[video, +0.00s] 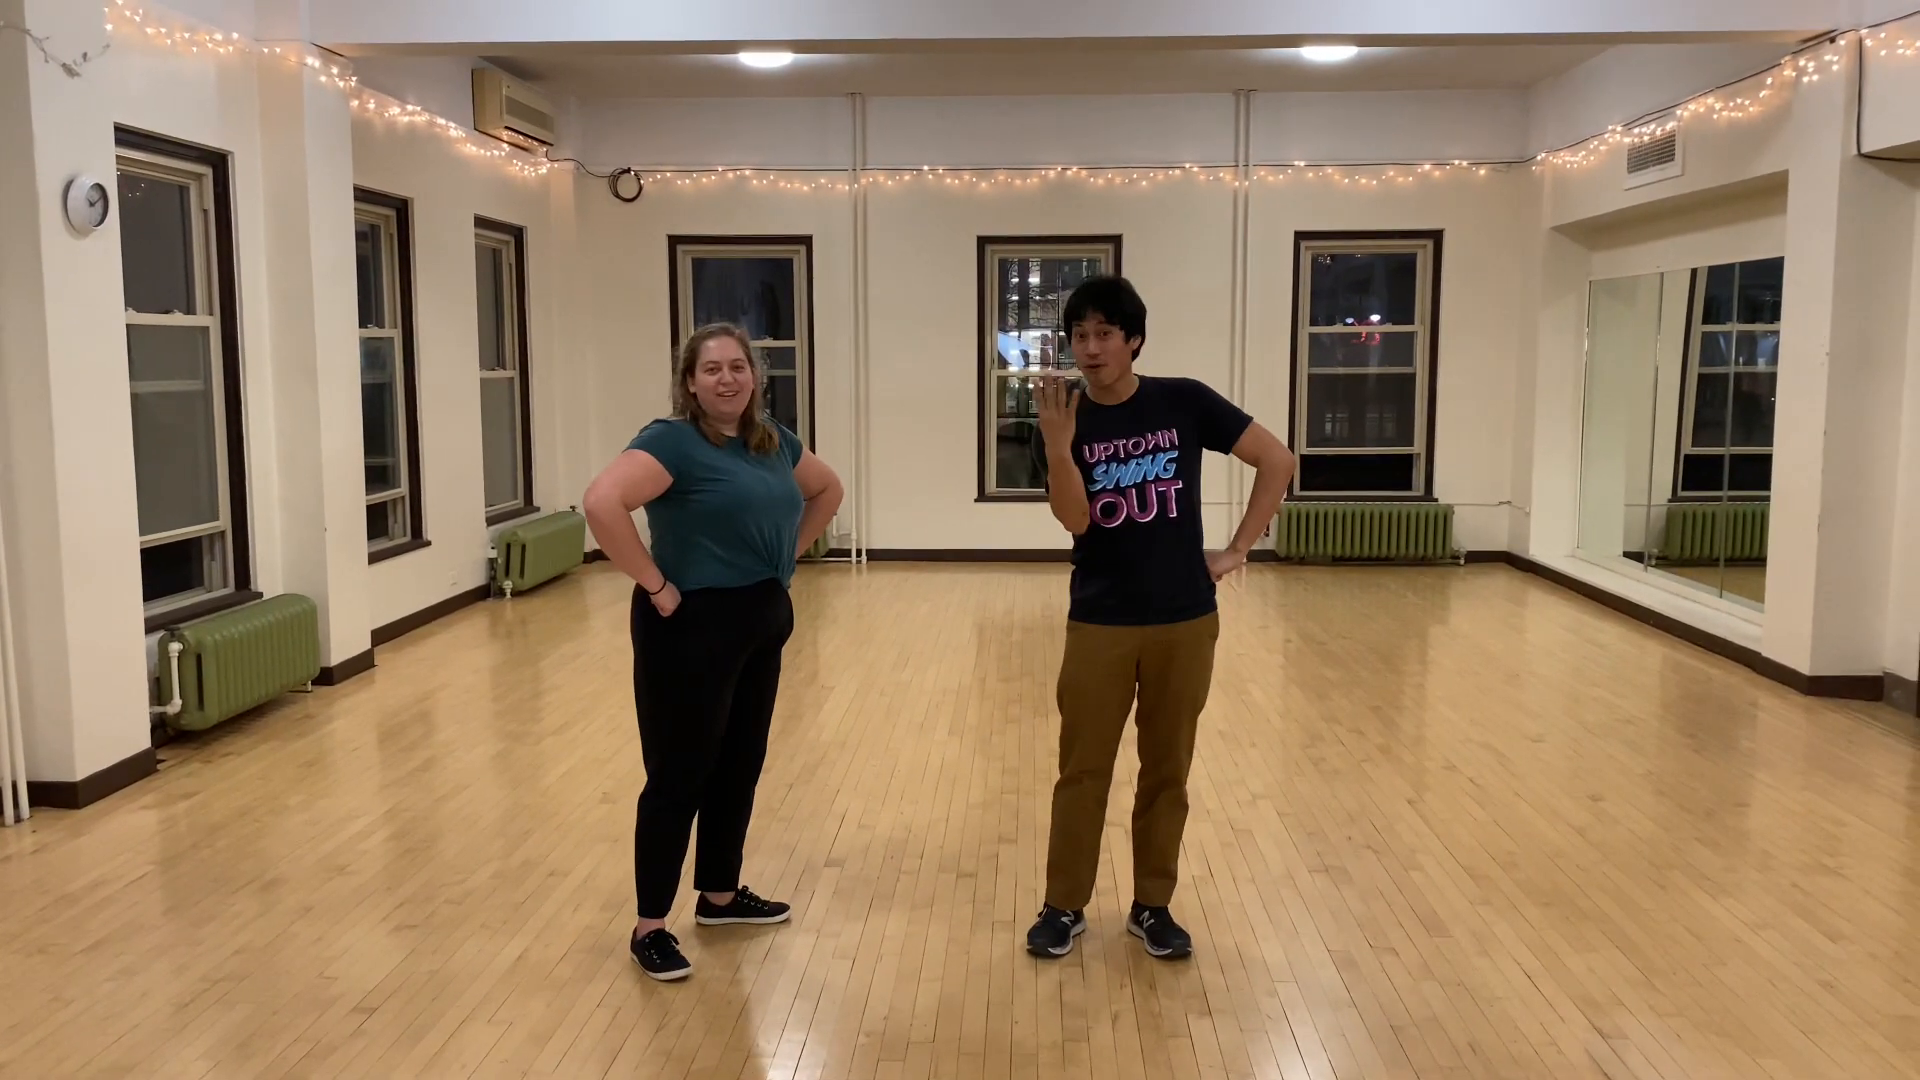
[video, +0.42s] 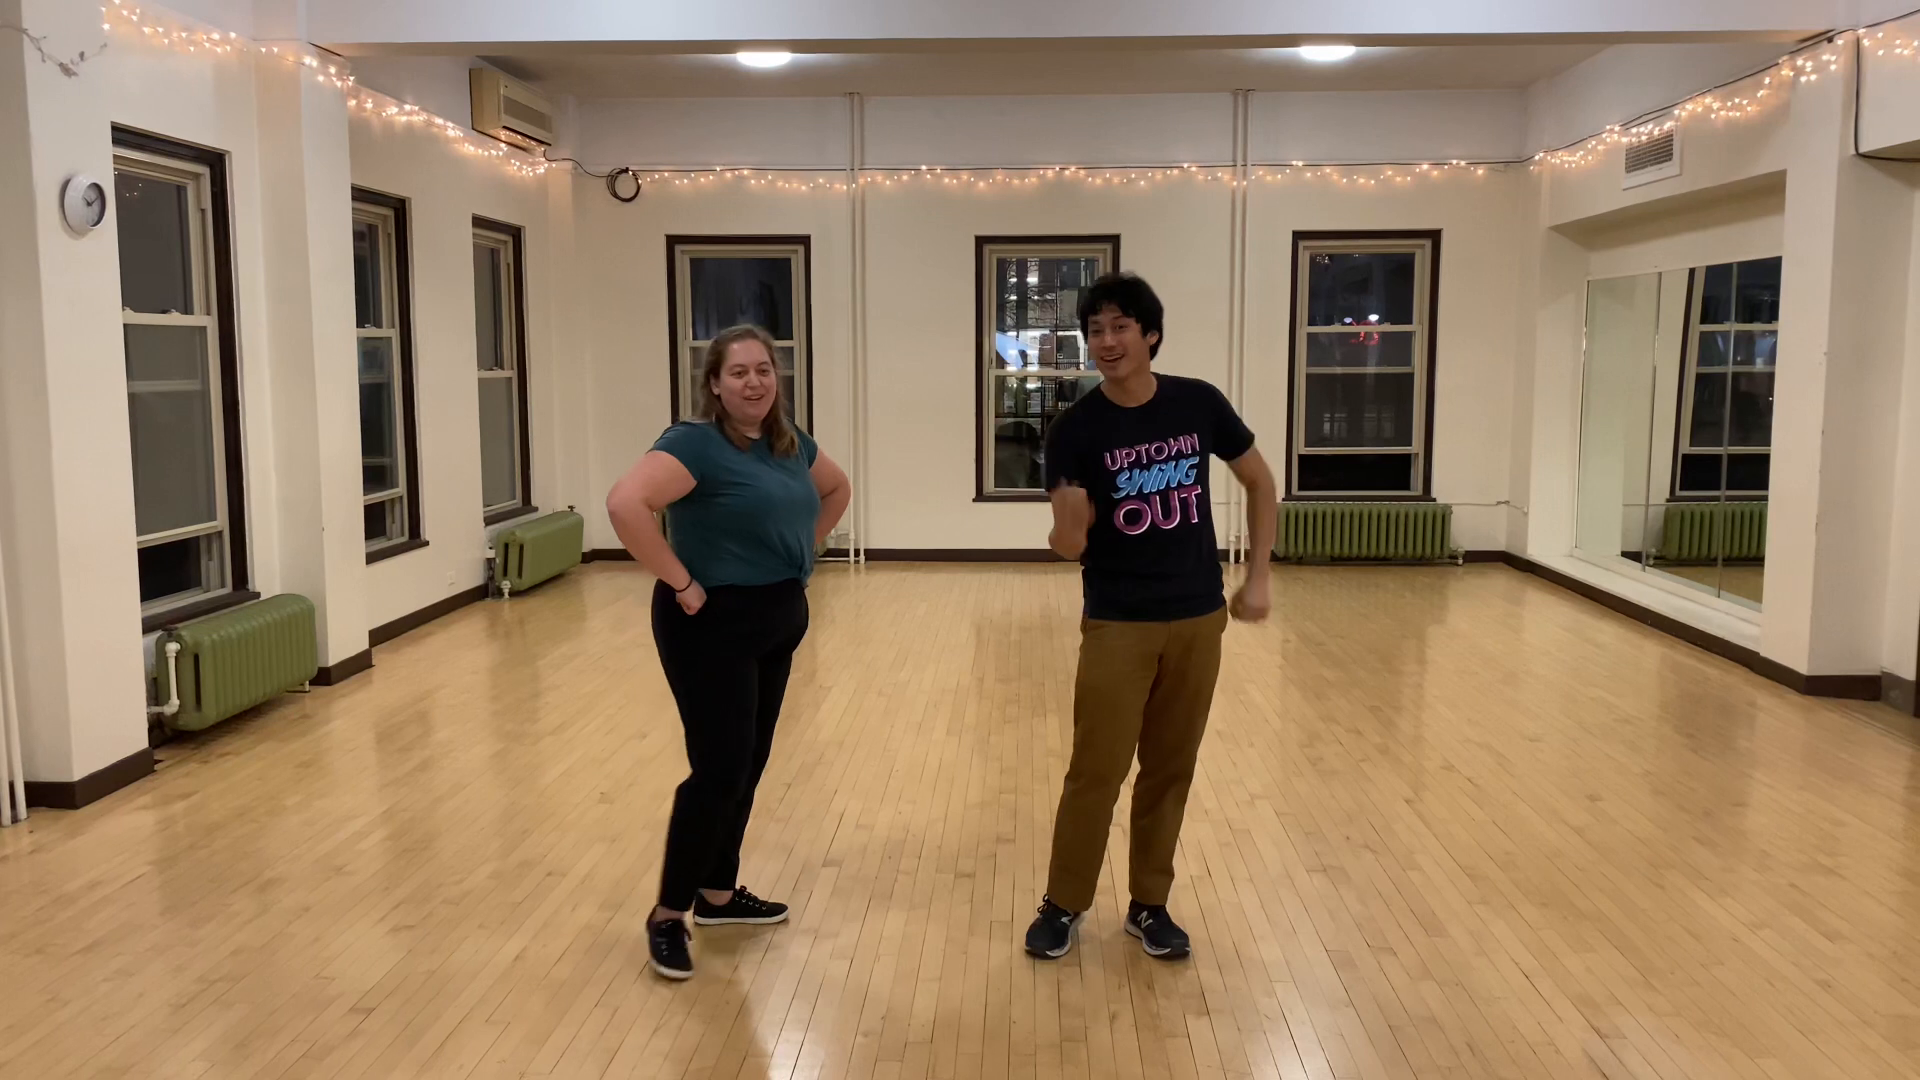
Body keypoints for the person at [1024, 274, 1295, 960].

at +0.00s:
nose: (1091, 346)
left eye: (1105, 333)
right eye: (1081, 334)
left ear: (1135, 340)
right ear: (1071, 344)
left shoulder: (1185, 401)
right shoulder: (1068, 422)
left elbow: (1277, 462)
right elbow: (1074, 520)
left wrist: (1236, 550)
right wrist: (1058, 443)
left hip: (1183, 617)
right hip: (1099, 621)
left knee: (1167, 774)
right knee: (1082, 771)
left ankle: (1152, 907)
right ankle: (1063, 906)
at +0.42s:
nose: (1108, 340)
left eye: (1121, 326)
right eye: (1096, 329)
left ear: (1151, 333)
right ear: (1087, 342)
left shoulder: (1198, 402)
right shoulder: (1074, 428)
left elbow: (1260, 480)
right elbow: (1066, 547)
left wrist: (1259, 571)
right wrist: (1070, 519)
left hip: (1197, 620)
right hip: (1117, 626)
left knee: (1170, 771)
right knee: (1096, 771)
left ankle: (1149, 905)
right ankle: (1062, 904)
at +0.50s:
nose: (1107, 337)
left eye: (1120, 324)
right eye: (1100, 327)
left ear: (1160, 332)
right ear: (1095, 336)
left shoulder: (1207, 408)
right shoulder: (1079, 423)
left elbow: (1246, 507)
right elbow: (1055, 527)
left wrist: (1263, 602)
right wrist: (1068, 581)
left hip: (1191, 624)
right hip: (1109, 626)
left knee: (1166, 773)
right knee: (1090, 772)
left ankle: (1149, 905)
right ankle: (1064, 903)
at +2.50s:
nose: (1114, 341)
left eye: (1127, 332)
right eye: (1113, 328)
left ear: (1166, 340)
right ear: (1118, 329)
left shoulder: (1212, 410)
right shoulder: (1097, 399)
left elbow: (1241, 516)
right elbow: (1071, 493)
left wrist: (1237, 608)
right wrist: (1065, 578)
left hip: (1175, 597)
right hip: (1098, 595)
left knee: (1185, 726)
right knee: (1102, 728)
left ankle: (1196, 853)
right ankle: (1112, 854)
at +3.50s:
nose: (1043, 343)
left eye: (1051, 331)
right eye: (1042, 331)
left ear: (1089, 332)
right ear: (1074, 334)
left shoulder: (1147, 403)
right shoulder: (1064, 405)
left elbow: (1168, 511)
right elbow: (1049, 497)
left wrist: (1138, 602)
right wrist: (982, 537)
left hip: (1128, 598)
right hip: (1068, 596)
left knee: (1141, 739)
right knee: (1090, 730)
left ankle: (1160, 885)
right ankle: (1107, 851)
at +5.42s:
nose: (992, 372)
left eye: (998, 359)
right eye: (991, 359)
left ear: (1033, 358)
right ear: (1036, 359)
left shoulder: (1090, 423)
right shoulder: (1056, 421)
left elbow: (1113, 536)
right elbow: (1050, 506)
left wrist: (1054, 618)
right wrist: (973, 536)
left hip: (1118, 608)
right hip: (1072, 607)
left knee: (1133, 741)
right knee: (1035, 739)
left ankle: (1196, 875)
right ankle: (1037, 883)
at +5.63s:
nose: (950, 346)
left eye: (958, 333)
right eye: (951, 333)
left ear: (994, 339)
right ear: (993, 341)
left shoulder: (1050, 406)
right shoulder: (1009, 410)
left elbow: (1096, 508)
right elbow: (1011, 508)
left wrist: (1029, 580)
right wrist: (935, 543)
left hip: (1074, 596)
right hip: (1036, 596)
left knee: (1043, 731)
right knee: (1020, 733)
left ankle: (1146, 845)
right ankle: (1037, 881)